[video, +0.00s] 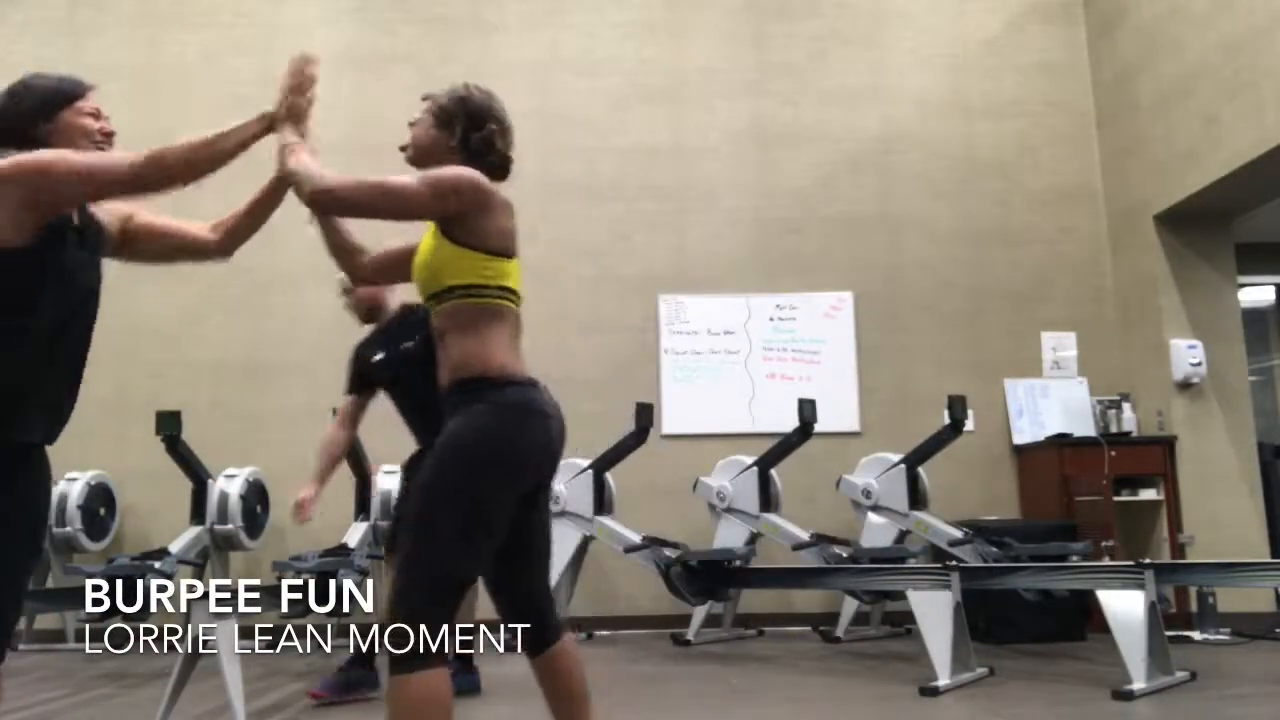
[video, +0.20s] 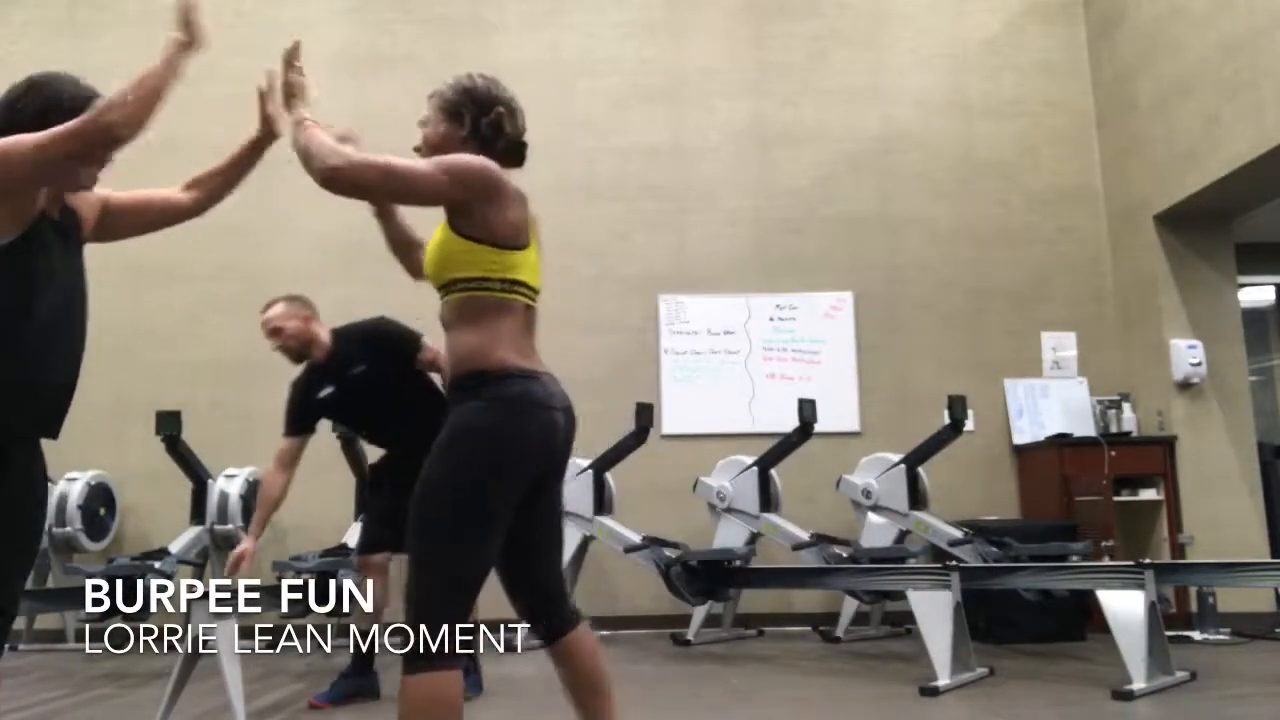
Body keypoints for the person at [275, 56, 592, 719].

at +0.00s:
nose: (409, 128)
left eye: (424, 118)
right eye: (417, 116)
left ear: (457, 134)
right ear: (454, 135)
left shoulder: (467, 190)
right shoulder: (450, 238)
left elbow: (323, 191)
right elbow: (360, 265)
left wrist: (294, 149)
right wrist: (316, 197)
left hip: (490, 422)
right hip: (514, 421)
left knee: (411, 623)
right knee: (531, 613)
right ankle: (578, 716)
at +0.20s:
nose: (419, 133)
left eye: (431, 120)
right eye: (425, 120)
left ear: (466, 128)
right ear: (471, 130)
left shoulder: (475, 178)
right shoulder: (495, 207)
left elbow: (334, 170)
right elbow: (420, 262)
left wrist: (302, 121)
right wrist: (369, 176)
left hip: (492, 414)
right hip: (534, 411)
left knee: (431, 622)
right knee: (544, 599)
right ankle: (603, 716)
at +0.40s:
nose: (464, 200)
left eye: (468, 183)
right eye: (461, 186)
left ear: (506, 171)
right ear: (505, 175)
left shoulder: (554, 212)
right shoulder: (532, 244)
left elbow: (513, 257)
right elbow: (497, 336)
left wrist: (394, 220)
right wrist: (426, 287)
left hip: (574, 429)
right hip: (597, 429)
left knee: (484, 623)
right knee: (627, 627)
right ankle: (698, 714)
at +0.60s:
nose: (480, 240)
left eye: (480, 222)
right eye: (473, 228)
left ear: (513, 197)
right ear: (514, 202)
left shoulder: (581, 229)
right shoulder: (558, 267)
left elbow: (571, 327)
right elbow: (566, 396)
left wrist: (487, 401)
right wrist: (502, 456)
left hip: (677, 415)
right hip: (663, 422)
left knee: (619, 613)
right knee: (674, 618)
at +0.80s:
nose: (461, 397)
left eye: (456, 383)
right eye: (451, 389)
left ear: (481, 354)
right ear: (488, 347)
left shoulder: (557, 361)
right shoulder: (550, 371)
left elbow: (557, 499)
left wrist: (519, 623)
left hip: (765, 437)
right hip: (724, 455)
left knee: (701, 625)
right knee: (656, 615)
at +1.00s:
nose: (495, 621)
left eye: (486, 605)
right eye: (479, 613)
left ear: (509, 564)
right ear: (512, 553)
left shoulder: (568, 542)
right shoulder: (558, 542)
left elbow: (568, 700)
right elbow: (569, 694)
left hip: (779, 453)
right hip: (743, 468)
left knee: (688, 636)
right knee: (662, 626)